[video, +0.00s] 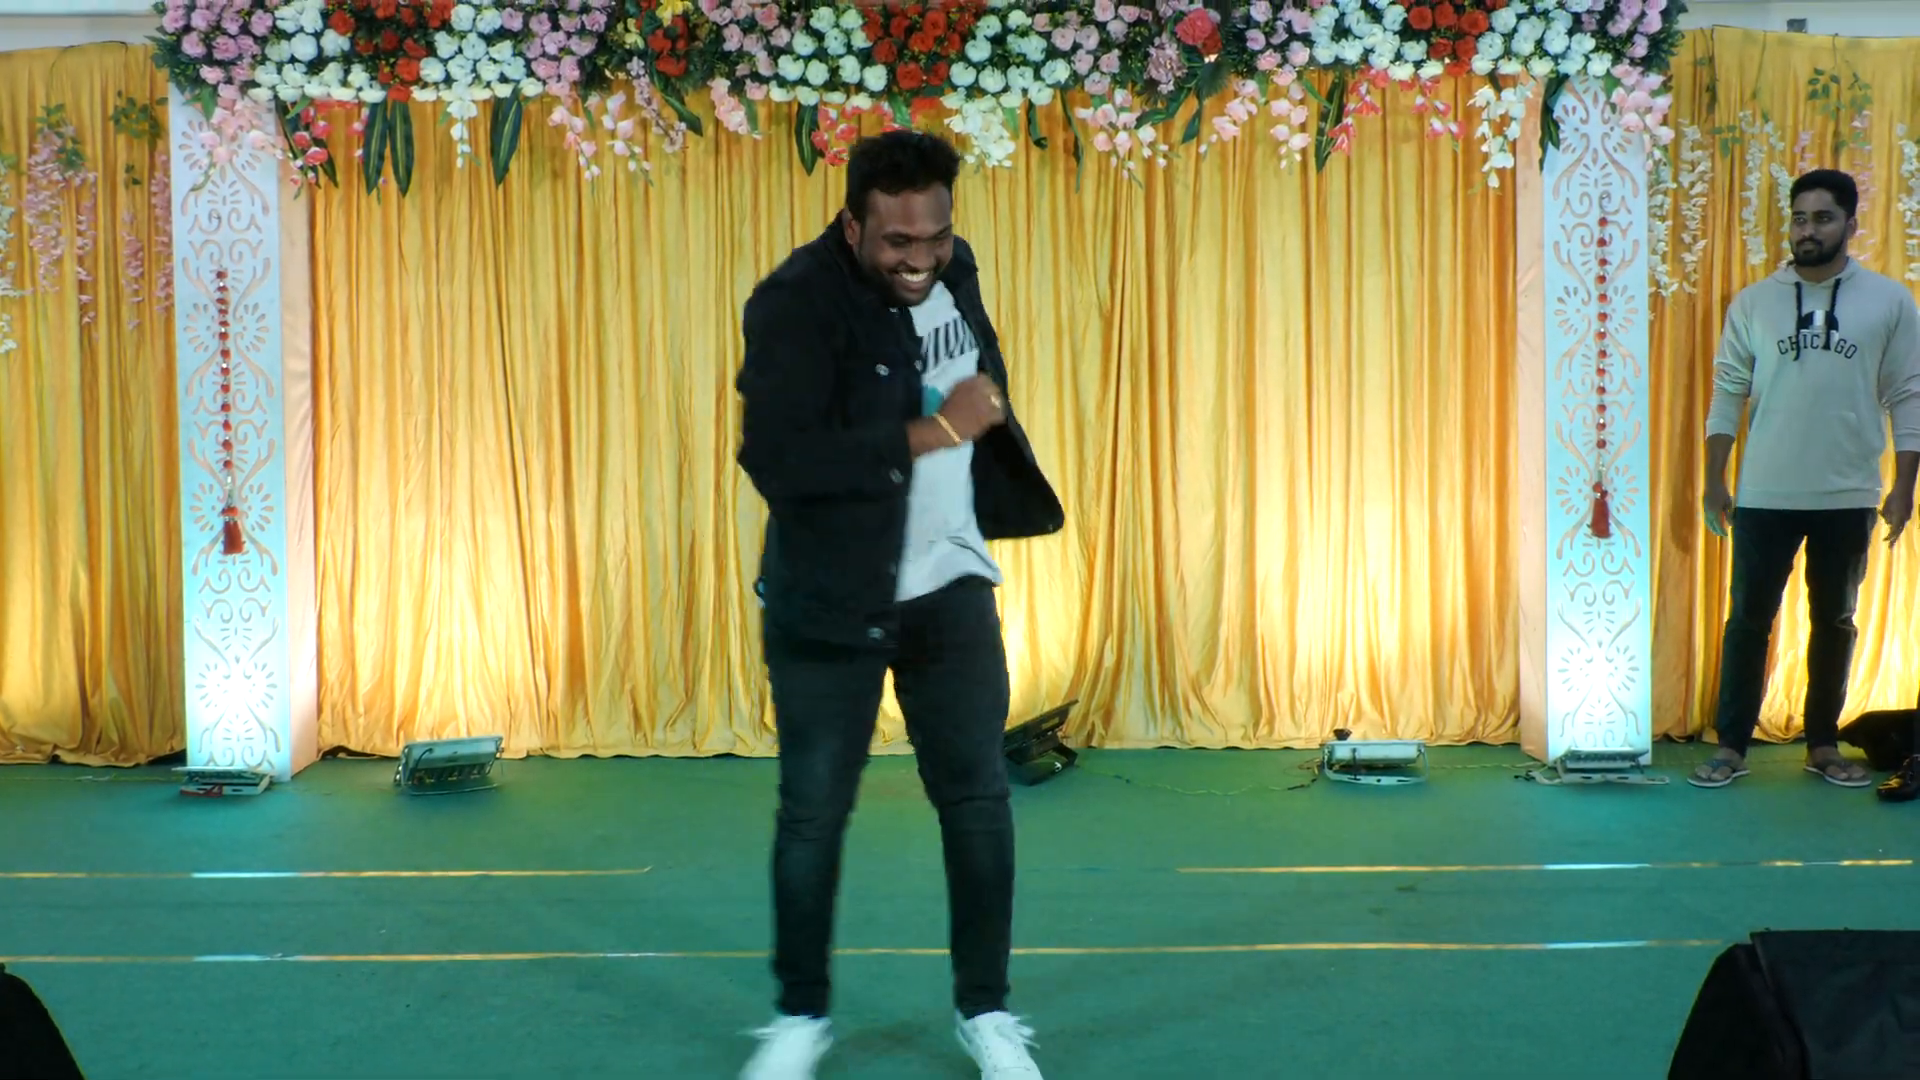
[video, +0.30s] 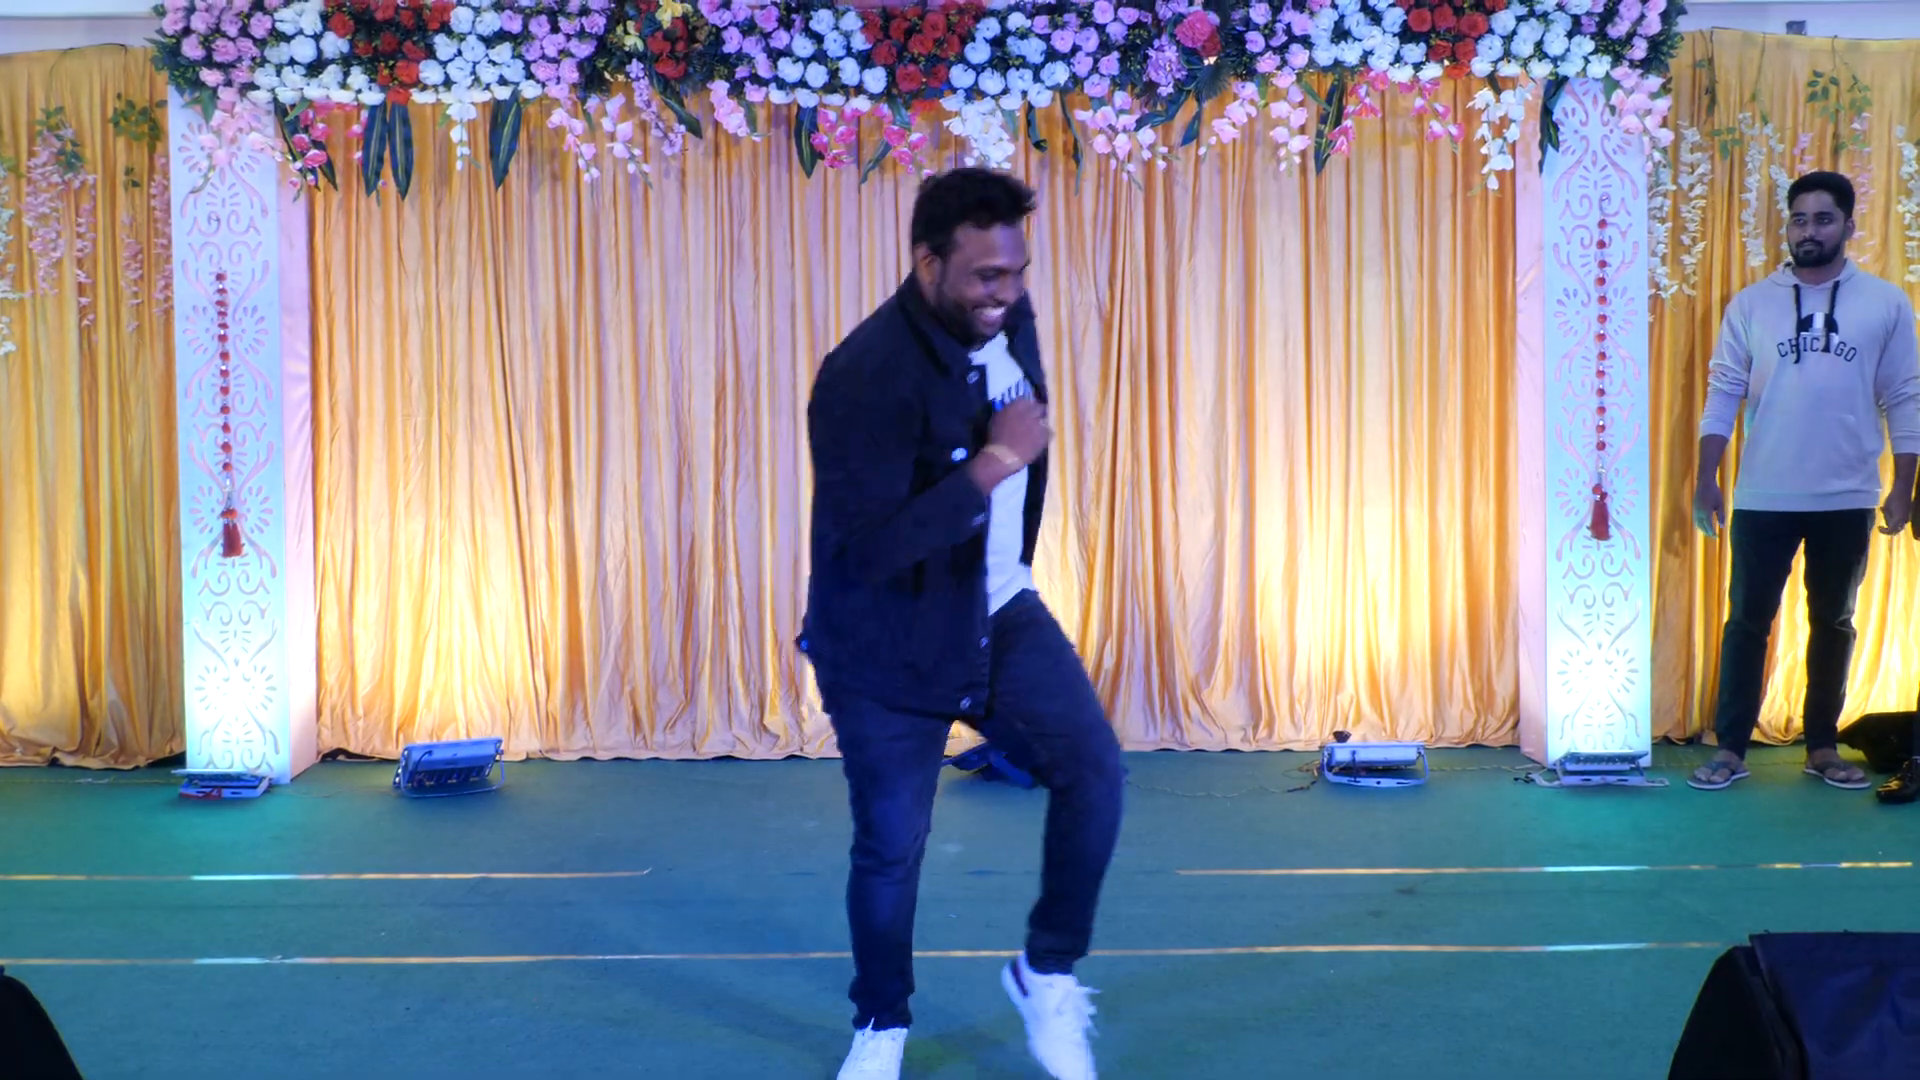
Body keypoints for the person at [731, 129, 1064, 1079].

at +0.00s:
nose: (916, 260)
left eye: (933, 239)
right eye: (895, 241)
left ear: (953, 221)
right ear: (852, 221)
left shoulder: (955, 274)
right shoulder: (793, 302)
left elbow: (964, 400)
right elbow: (776, 460)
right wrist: (933, 433)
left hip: (949, 587)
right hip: (829, 603)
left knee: (979, 796)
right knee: (812, 810)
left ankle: (985, 1008)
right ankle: (800, 1014)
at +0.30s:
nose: (1006, 294)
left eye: (1016, 272)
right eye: (986, 275)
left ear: (1025, 261)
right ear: (926, 262)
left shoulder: (1014, 323)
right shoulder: (862, 374)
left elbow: (1002, 462)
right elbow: (870, 549)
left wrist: (1004, 589)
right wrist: (994, 465)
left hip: (1002, 616)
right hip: (891, 644)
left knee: (1095, 774)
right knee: (891, 843)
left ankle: (1049, 971)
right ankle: (880, 1027)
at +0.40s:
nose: (1051, 262)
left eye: (1059, 241)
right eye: (1031, 244)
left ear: (1066, 230)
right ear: (968, 232)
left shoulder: (1040, 300)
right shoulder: (906, 339)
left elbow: (1007, 424)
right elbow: (923, 511)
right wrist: (1063, 453)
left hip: (1028, 594)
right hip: (912, 617)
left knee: (1110, 768)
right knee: (888, 813)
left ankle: (1099, 990)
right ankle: (873, 1017)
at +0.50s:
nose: (1089, 257)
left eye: (1096, 236)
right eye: (1069, 239)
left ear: (1100, 221)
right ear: (1006, 226)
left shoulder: (1066, 285)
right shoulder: (960, 310)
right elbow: (988, 482)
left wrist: (1119, 334)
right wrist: (1144, 501)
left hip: (1060, 598)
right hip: (940, 607)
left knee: (1111, 800)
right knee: (893, 804)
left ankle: (1120, 1023)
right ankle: (849, 997)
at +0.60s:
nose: (1111, 284)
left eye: (1118, 264)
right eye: (1090, 267)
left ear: (1125, 248)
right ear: (1031, 254)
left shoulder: (1085, 300)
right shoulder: (997, 331)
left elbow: (1127, 289)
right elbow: (1040, 509)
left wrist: (1212, 319)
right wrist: (1174, 607)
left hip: (1096, 634)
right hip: (980, 637)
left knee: (1127, 837)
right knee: (920, 821)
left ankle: (1104, 1037)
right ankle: (839, 916)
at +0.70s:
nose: (1115, 294)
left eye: (1125, 272)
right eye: (1093, 275)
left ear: (1135, 263)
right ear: (1038, 271)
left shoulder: (1117, 341)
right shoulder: (1005, 375)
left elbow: (1170, 382)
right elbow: (1024, 564)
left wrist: (1275, 384)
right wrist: (1109, 698)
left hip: (1106, 641)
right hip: (994, 655)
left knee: (1145, 842)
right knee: (951, 862)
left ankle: (1105, 1040)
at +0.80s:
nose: (1099, 303)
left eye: (1113, 281)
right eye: (1076, 284)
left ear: (1129, 276)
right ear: (1032, 280)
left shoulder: (1148, 356)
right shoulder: (982, 390)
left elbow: (1195, 472)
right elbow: (957, 568)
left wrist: (1247, 503)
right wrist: (982, 718)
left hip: (1123, 659)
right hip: (1013, 667)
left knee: (1144, 855)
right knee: (965, 865)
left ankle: (1104, 1039)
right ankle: (937, 734)